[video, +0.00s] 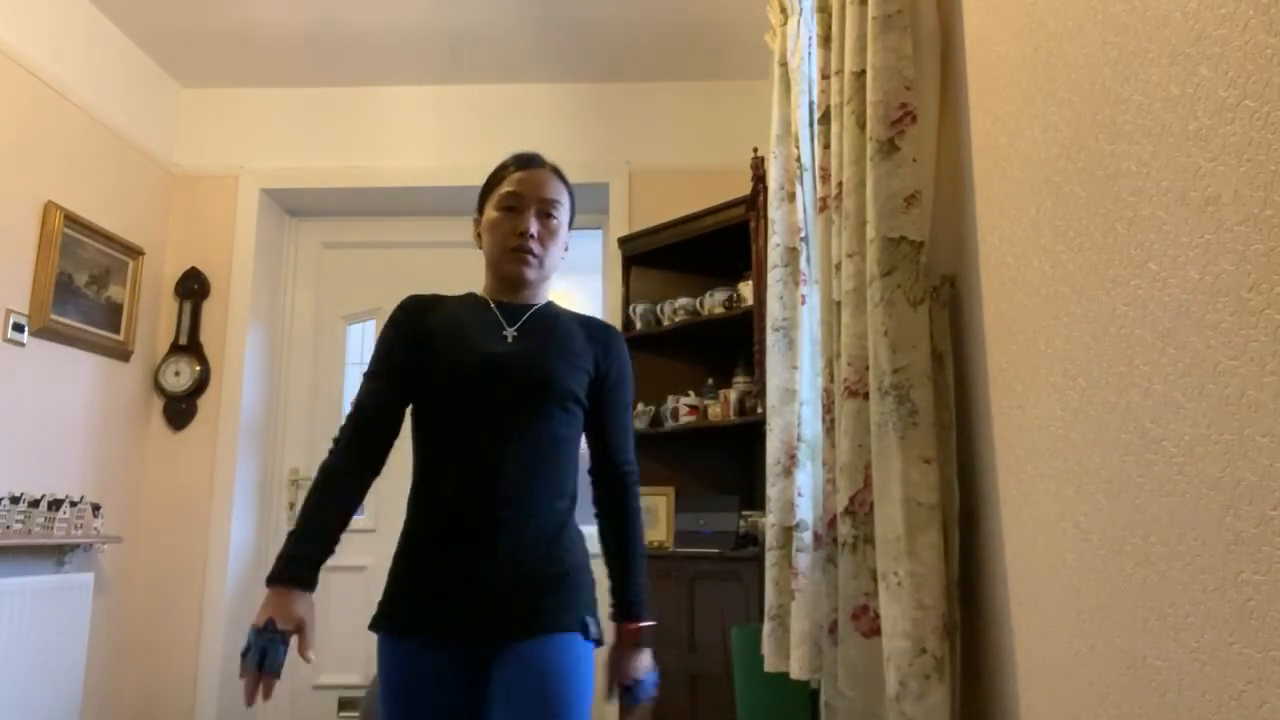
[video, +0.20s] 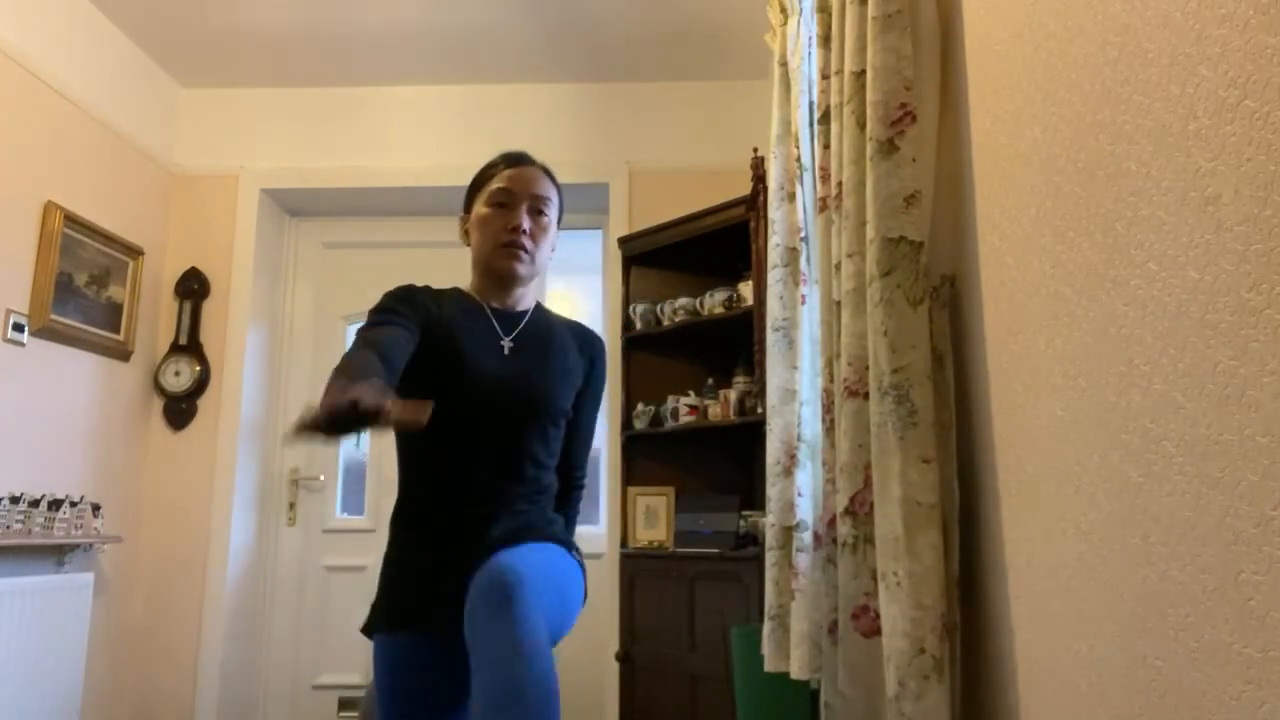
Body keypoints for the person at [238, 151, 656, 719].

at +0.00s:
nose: (529, 225)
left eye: (549, 213)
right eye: (511, 207)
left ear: (565, 241)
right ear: (479, 228)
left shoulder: (597, 345)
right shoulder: (420, 322)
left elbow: (617, 488)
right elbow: (356, 454)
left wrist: (632, 625)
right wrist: (291, 579)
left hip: (546, 620)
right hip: (425, 613)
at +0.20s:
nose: (520, 221)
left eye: (539, 211)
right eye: (502, 204)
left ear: (555, 240)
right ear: (466, 227)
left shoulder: (581, 348)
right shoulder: (419, 308)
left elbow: (570, 476)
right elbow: (378, 345)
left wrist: (552, 556)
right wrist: (358, 385)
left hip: (533, 554)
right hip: (426, 565)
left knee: (504, 592)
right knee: (407, 708)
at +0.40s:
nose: (521, 224)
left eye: (537, 214)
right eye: (500, 209)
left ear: (550, 239)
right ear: (467, 223)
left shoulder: (575, 356)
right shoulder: (412, 325)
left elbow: (566, 498)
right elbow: (395, 340)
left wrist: (531, 639)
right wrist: (419, 295)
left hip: (525, 601)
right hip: (422, 599)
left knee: (528, 526)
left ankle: (494, 434)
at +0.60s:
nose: (523, 212)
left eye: (540, 204)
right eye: (503, 196)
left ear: (554, 233)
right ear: (465, 219)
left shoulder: (579, 343)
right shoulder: (416, 307)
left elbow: (578, 471)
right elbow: (383, 359)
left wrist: (566, 557)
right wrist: (368, 411)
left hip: (537, 548)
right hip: (431, 554)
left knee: (523, 633)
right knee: (414, 708)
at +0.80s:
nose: (535, 218)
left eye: (553, 209)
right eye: (515, 204)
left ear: (569, 237)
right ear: (480, 229)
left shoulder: (606, 341)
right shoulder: (430, 329)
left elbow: (621, 480)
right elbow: (381, 467)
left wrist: (629, 603)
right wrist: (335, 595)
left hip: (568, 620)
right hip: (442, 615)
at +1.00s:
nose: (559, 217)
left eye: (577, 205)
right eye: (539, 204)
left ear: (599, 234)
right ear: (512, 235)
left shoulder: (641, 331)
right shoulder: (468, 332)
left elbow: (687, 423)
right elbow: (429, 477)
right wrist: (385, 612)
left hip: (600, 591)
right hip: (485, 588)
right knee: (468, 707)